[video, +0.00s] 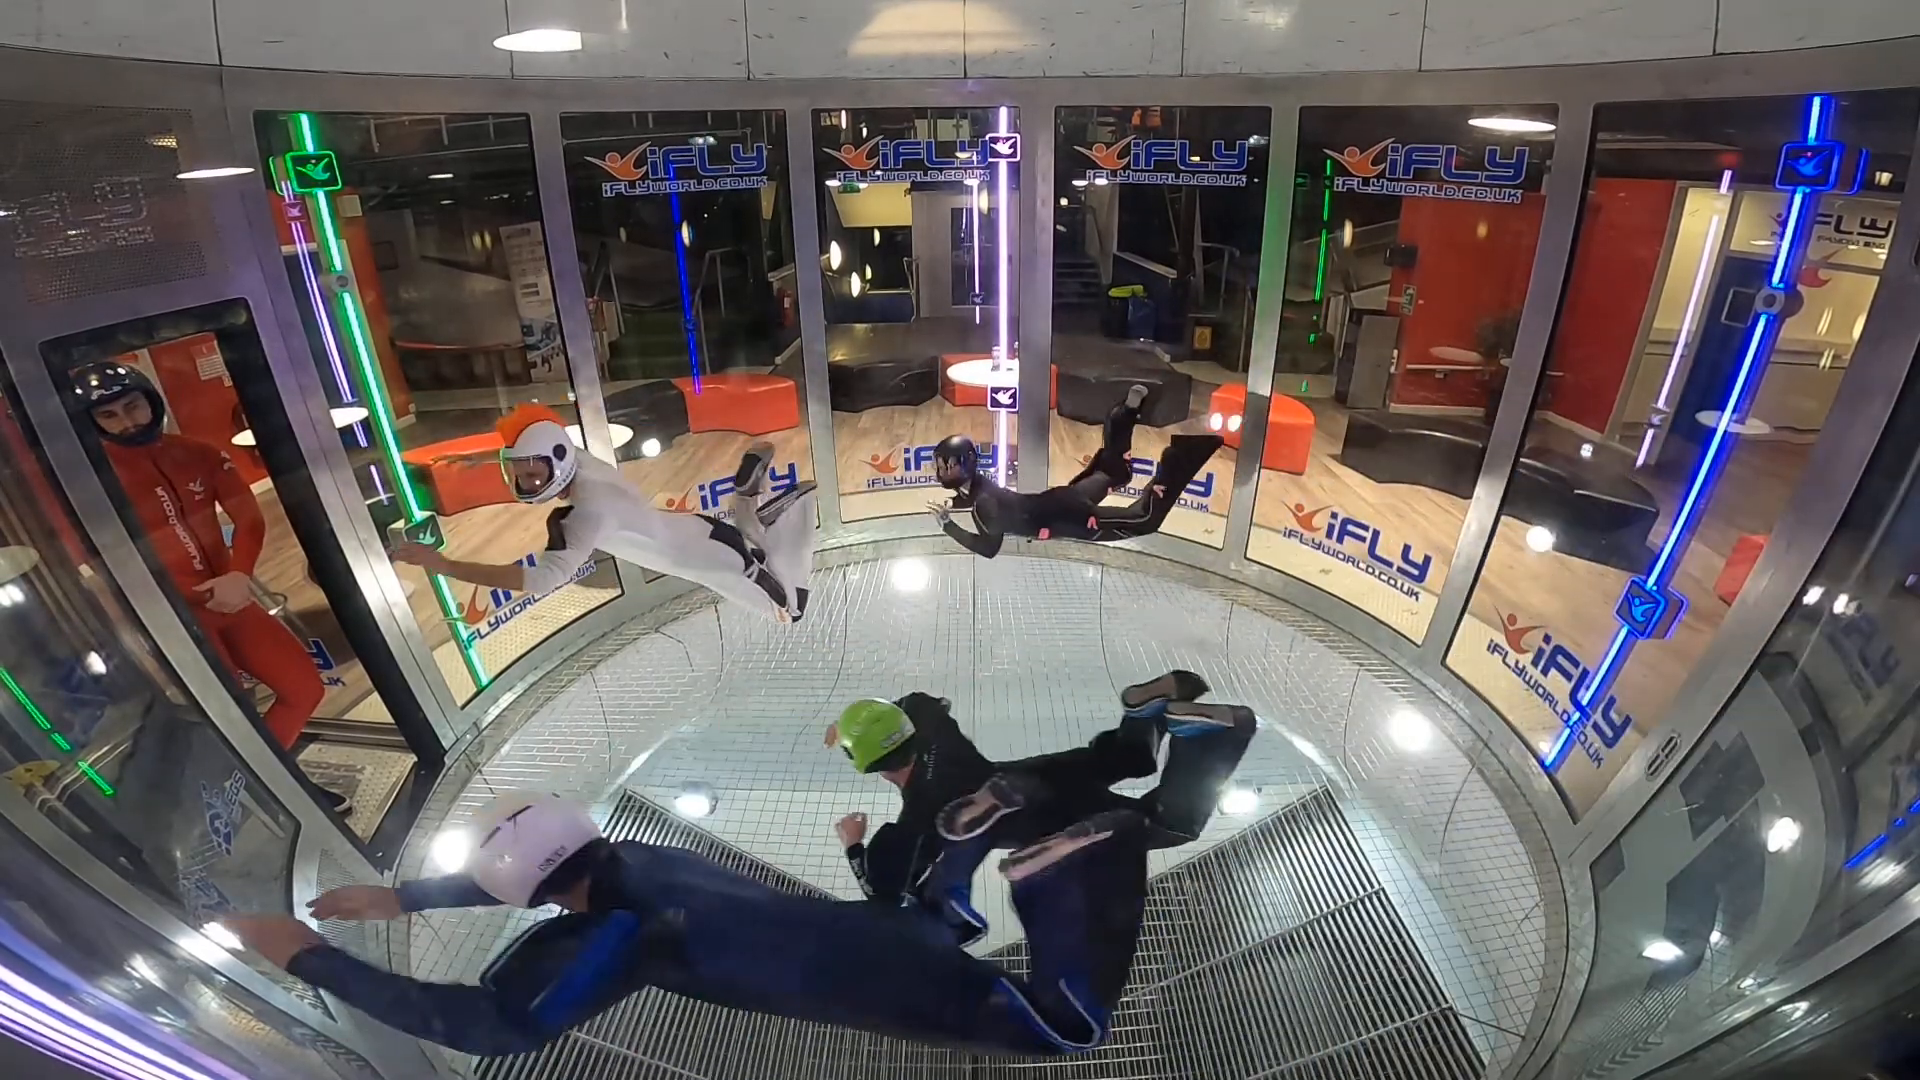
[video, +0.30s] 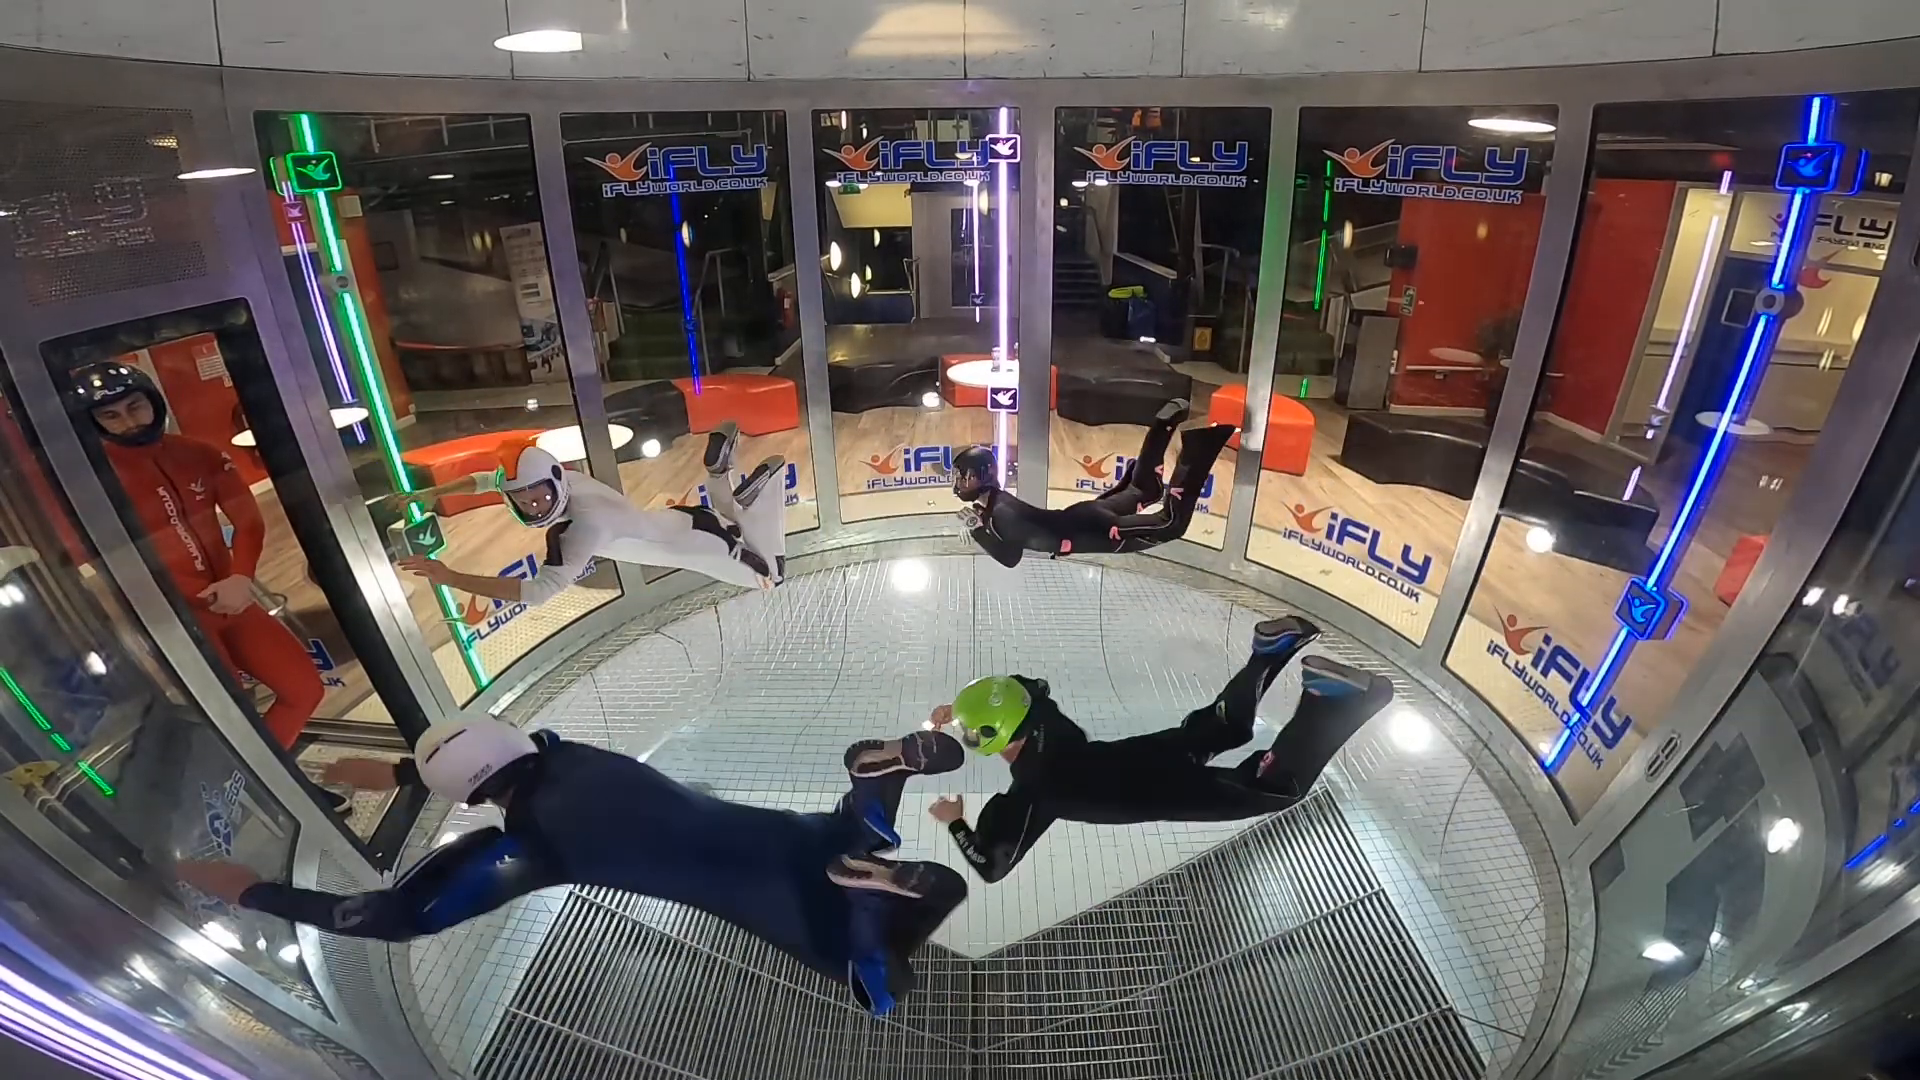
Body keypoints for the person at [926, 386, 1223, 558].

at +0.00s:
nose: (938, 472)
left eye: (943, 465)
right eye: (937, 465)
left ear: (962, 466)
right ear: (960, 464)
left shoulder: (984, 499)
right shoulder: (976, 490)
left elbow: (989, 549)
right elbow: (985, 536)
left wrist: (950, 526)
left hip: (1067, 514)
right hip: (1058, 501)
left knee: (1145, 518)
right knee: (1107, 473)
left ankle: (1181, 453)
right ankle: (1125, 413)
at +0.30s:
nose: (955, 482)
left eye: (961, 476)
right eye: (956, 476)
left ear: (980, 477)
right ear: (975, 476)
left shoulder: (1003, 511)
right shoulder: (990, 503)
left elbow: (1010, 558)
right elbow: (1004, 547)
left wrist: (979, 534)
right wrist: (982, 528)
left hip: (1093, 530)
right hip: (1079, 515)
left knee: (1171, 524)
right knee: (1141, 489)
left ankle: (1197, 447)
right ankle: (1162, 427)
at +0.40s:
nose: (958, 486)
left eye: (965, 479)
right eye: (957, 478)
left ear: (985, 479)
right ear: (978, 479)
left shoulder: (1002, 521)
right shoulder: (992, 512)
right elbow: (1006, 564)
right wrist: (977, 541)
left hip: (1094, 537)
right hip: (1082, 520)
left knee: (1170, 531)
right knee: (1143, 497)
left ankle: (1193, 454)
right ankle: (1171, 437)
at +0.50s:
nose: (952, 489)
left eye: (960, 483)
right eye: (952, 482)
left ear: (979, 486)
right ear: (962, 484)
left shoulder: (994, 524)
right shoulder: (986, 513)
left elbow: (997, 572)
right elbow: (999, 564)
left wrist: (963, 550)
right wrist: (967, 544)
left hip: (1086, 545)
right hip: (1078, 529)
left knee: (1167, 548)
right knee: (1142, 508)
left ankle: (1189, 472)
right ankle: (1175, 450)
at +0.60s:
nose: (942, 493)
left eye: (949, 487)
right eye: (944, 485)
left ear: (968, 490)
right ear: (964, 489)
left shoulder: (982, 526)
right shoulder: (978, 517)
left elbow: (981, 577)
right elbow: (984, 567)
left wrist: (946, 556)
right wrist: (953, 549)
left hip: (1072, 554)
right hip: (1069, 536)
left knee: (1161, 567)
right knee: (1140, 521)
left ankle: (1188, 492)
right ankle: (1166, 461)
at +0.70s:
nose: (932, 490)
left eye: (940, 486)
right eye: (934, 484)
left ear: (958, 495)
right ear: (953, 492)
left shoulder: (972, 529)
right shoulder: (968, 518)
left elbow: (965, 579)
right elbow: (967, 563)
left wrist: (926, 549)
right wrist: (941, 540)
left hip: (1061, 563)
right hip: (1056, 546)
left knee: (1151, 582)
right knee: (1132, 534)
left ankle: (1177, 504)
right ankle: (1151, 473)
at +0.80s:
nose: (923, 492)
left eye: (928, 486)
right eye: (924, 486)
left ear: (946, 492)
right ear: (946, 490)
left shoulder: (963, 530)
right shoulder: (955, 519)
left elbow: (950, 581)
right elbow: (949, 553)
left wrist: (914, 550)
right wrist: (922, 531)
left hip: (1051, 570)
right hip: (1044, 554)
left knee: (1137, 594)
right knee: (1116, 551)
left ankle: (1160, 514)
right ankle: (1139, 495)